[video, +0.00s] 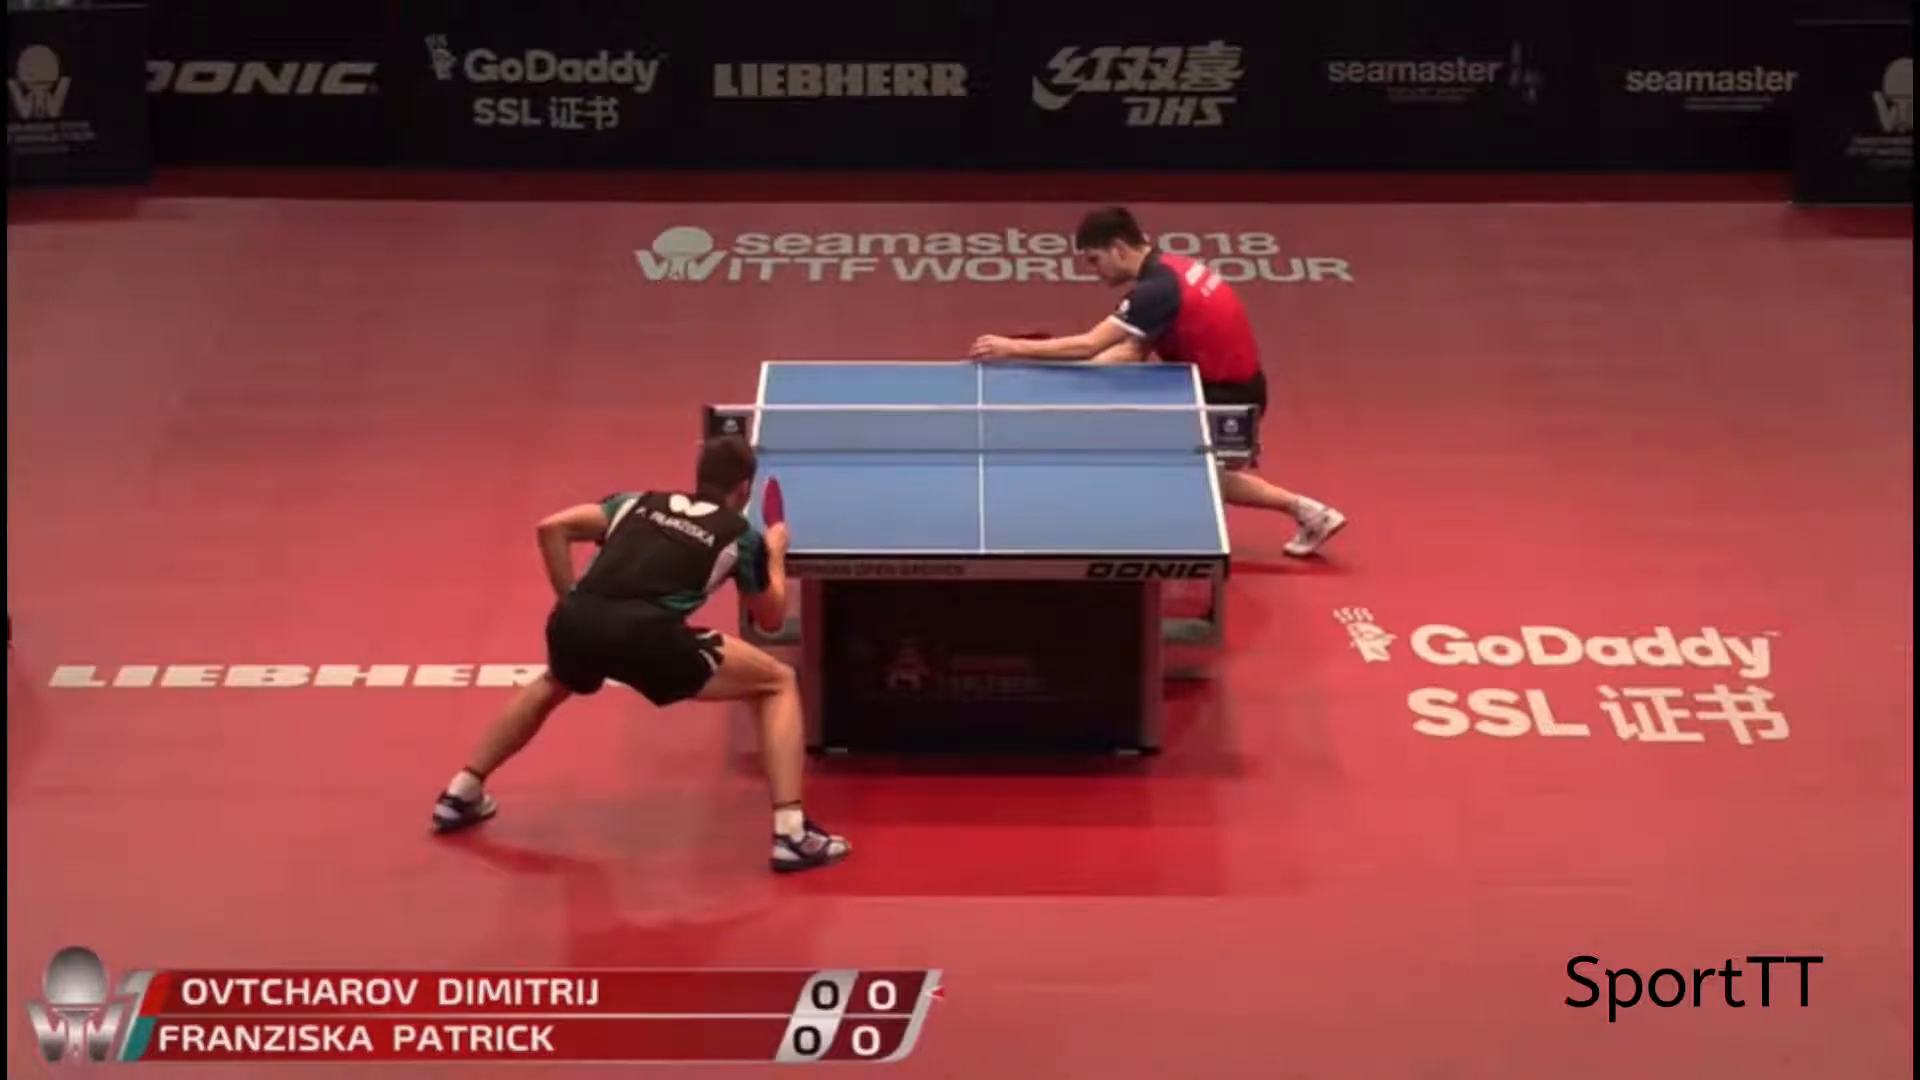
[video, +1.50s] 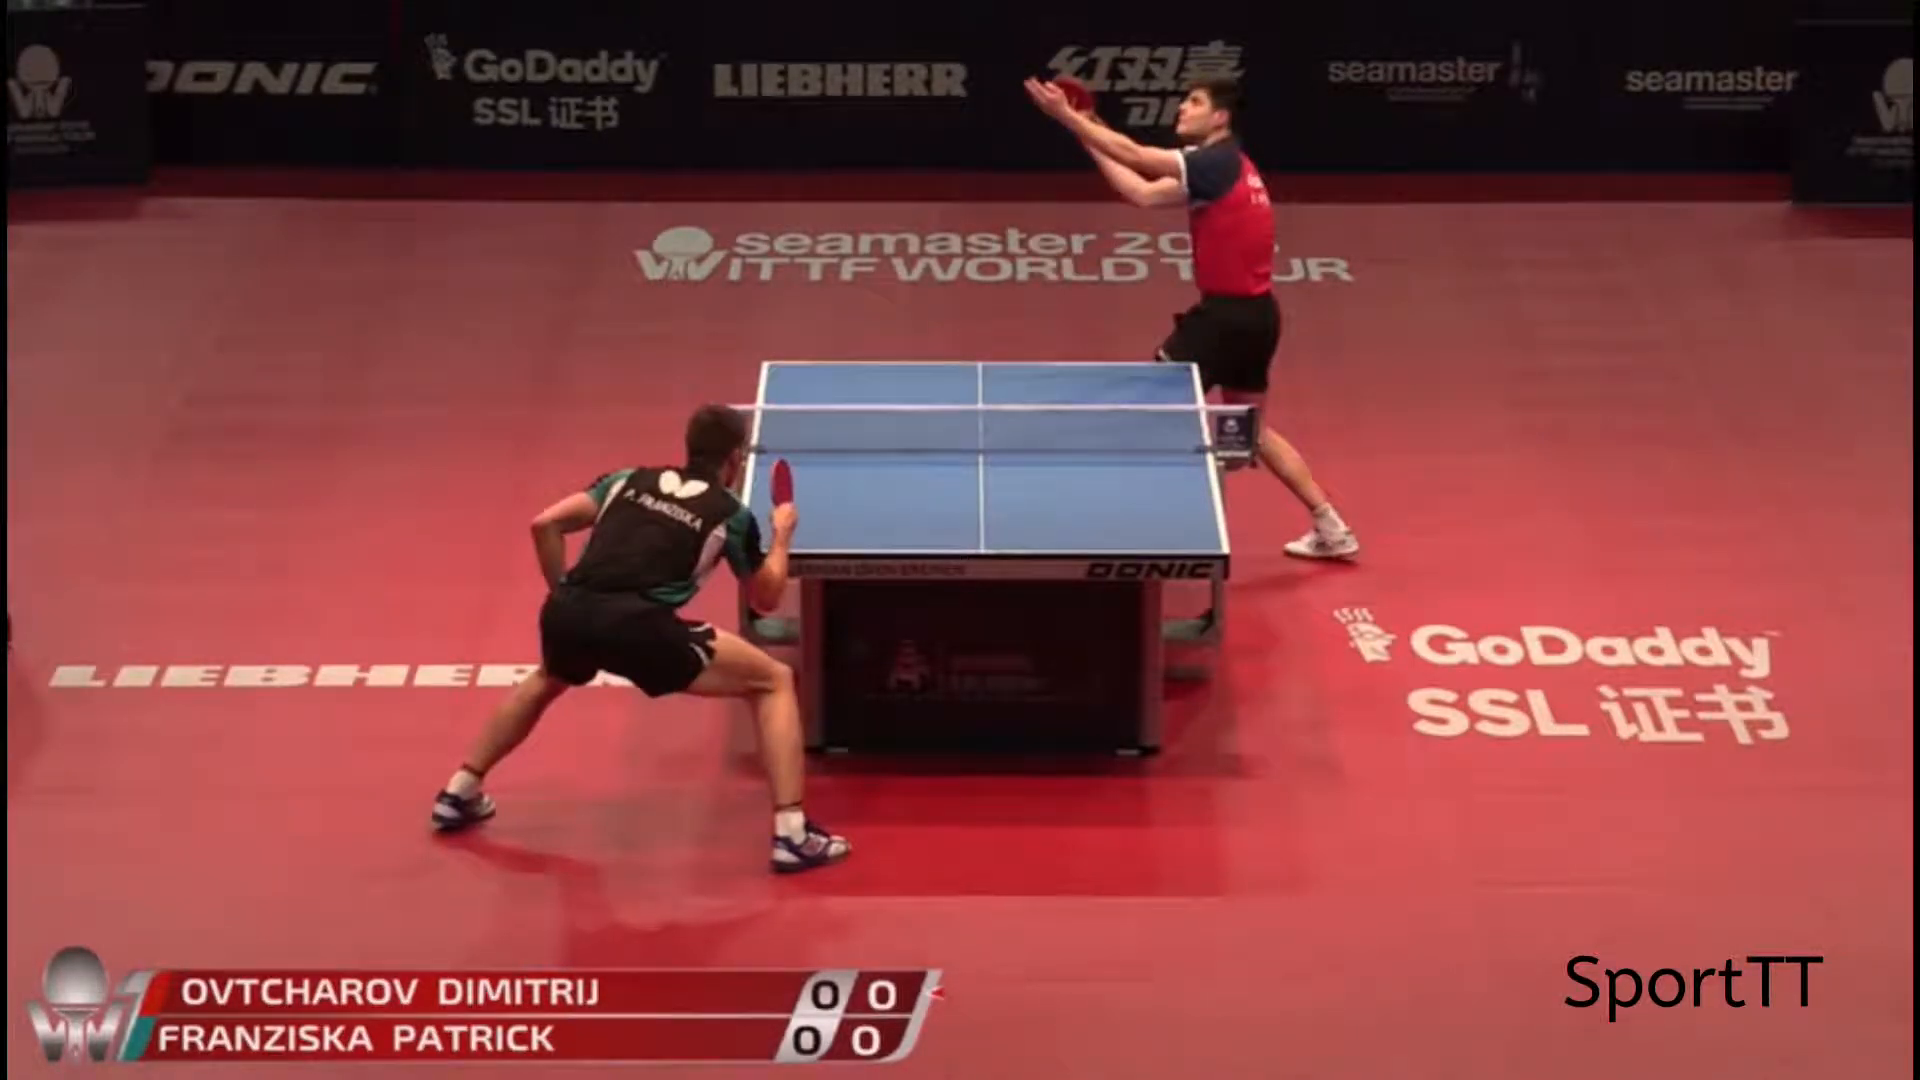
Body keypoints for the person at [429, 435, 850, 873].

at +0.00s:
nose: (750, 494)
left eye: (745, 484)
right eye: (749, 485)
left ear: (696, 477)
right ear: (742, 488)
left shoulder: (639, 502)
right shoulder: (742, 534)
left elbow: (552, 528)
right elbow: (770, 619)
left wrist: (567, 600)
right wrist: (777, 555)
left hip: (575, 622)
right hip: (650, 636)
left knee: (552, 685)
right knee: (777, 684)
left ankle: (462, 790)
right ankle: (792, 831)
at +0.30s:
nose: (753, 497)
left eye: (748, 487)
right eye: (752, 489)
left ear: (699, 480)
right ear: (744, 492)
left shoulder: (640, 506)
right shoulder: (744, 536)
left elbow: (555, 533)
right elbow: (771, 623)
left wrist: (571, 607)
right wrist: (777, 557)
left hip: (578, 627)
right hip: (652, 640)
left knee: (554, 685)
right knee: (782, 684)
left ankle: (464, 788)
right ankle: (791, 828)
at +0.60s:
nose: (753, 496)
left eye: (748, 486)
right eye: (752, 488)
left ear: (699, 479)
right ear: (744, 491)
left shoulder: (640, 505)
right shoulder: (744, 537)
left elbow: (555, 534)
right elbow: (772, 624)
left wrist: (571, 605)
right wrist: (778, 557)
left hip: (578, 629)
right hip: (652, 642)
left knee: (553, 685)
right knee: (782, 683)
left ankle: (464, 788)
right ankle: (792, 830)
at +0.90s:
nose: (748, 491)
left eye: (739, 481)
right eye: (747, 483)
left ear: (695, 474)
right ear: (741, 488)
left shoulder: (639, 500)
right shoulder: (741, 533)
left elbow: (553, 532)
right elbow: (773, 616)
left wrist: (568, 604)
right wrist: (782, 554)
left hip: (575, 627)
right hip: (649, 640)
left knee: (552, 685)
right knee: (781, 682)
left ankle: (463, 788)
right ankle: (792, 829)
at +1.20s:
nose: (745, 468)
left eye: (738, 460)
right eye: (745, 461)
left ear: (691, 457)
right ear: (738, 467)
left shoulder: (633, 488)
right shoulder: (734, 521)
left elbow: (547, 528)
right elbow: (770, 604)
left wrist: (565, 598)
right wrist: (784, 543)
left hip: (571, 619)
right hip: (643, 631)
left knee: (550, 682)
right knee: (777, 683)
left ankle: (461, 789)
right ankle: (793, 833)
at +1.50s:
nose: (745, 461)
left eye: (743, 453)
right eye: (745, 454)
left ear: (689, 451)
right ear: (734, 459)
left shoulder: (629, 479)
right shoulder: (732, 513)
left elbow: (546, 523)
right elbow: (766, 598)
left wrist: (560, 593)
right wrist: (782, 535)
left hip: (568, 614)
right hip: (639, 624)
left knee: (545, 682)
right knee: (774, 682)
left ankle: (459, 790)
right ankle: (793, 833)